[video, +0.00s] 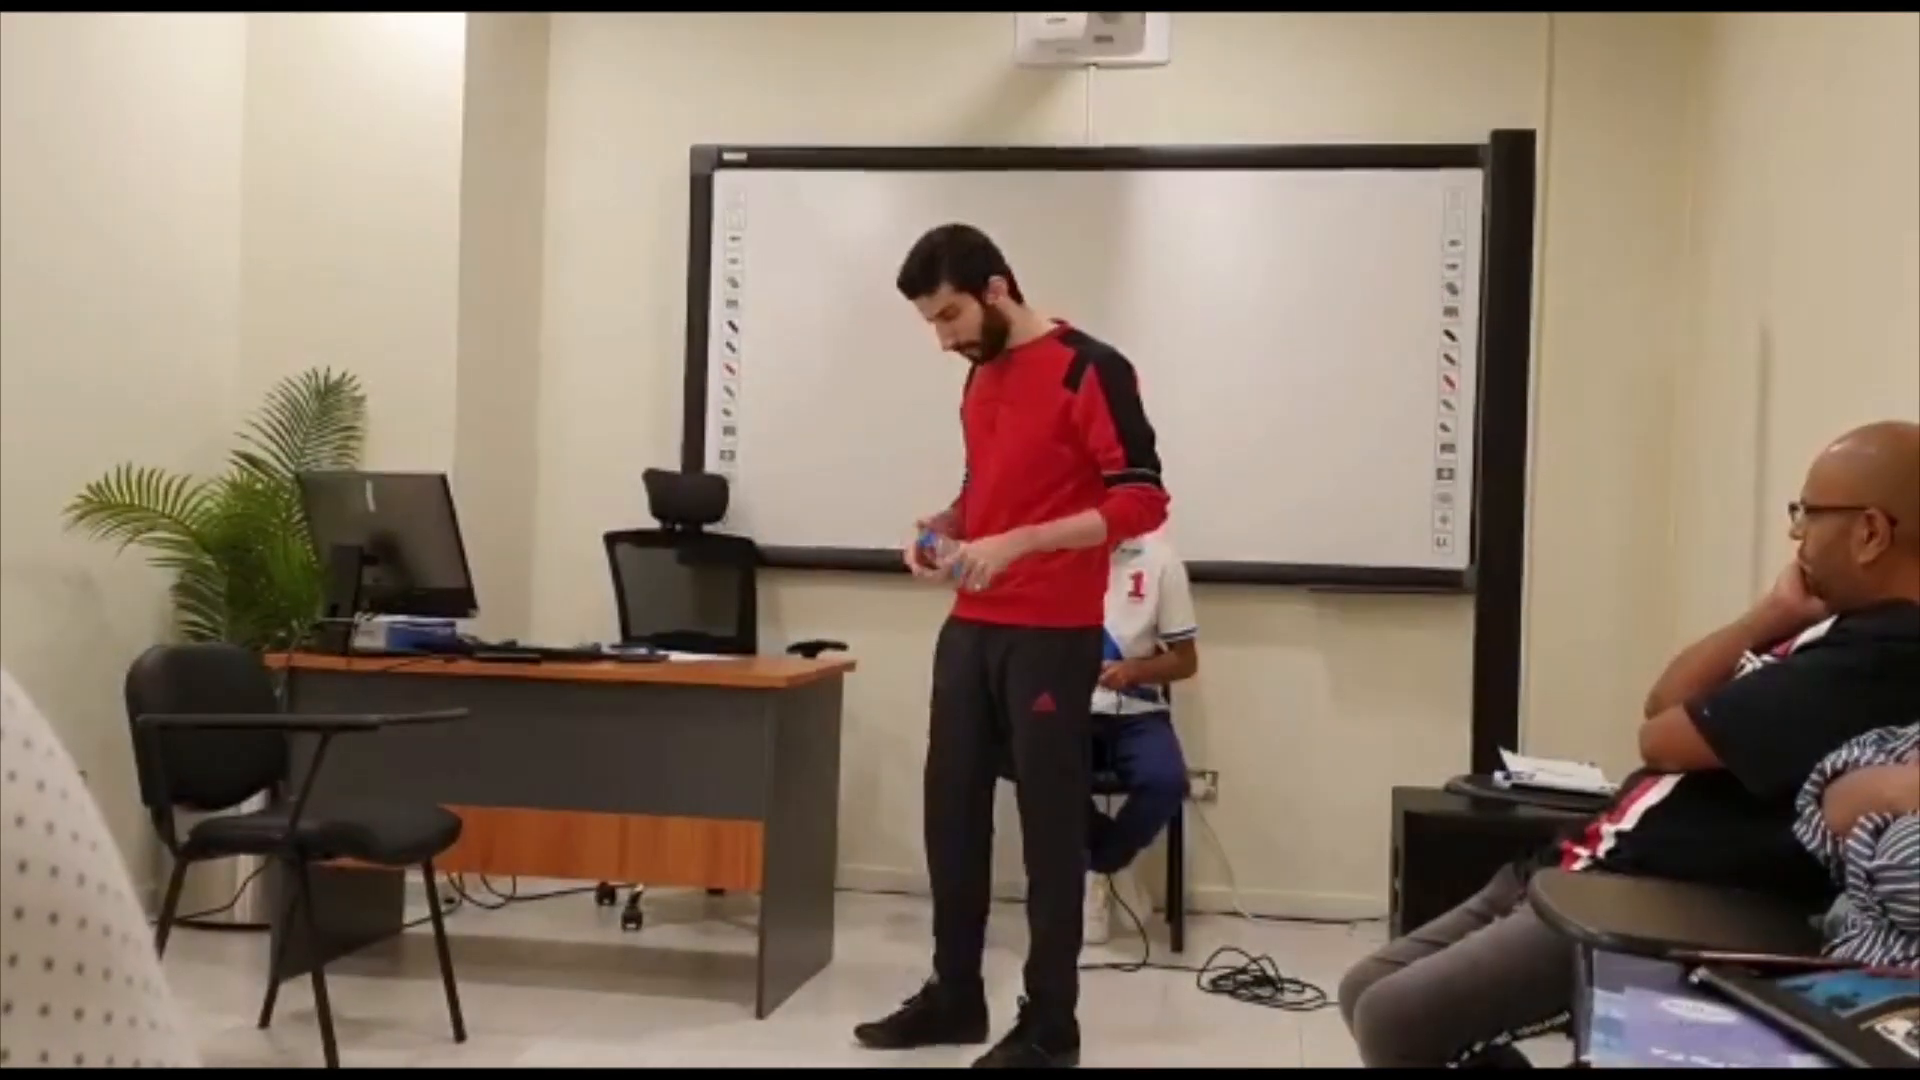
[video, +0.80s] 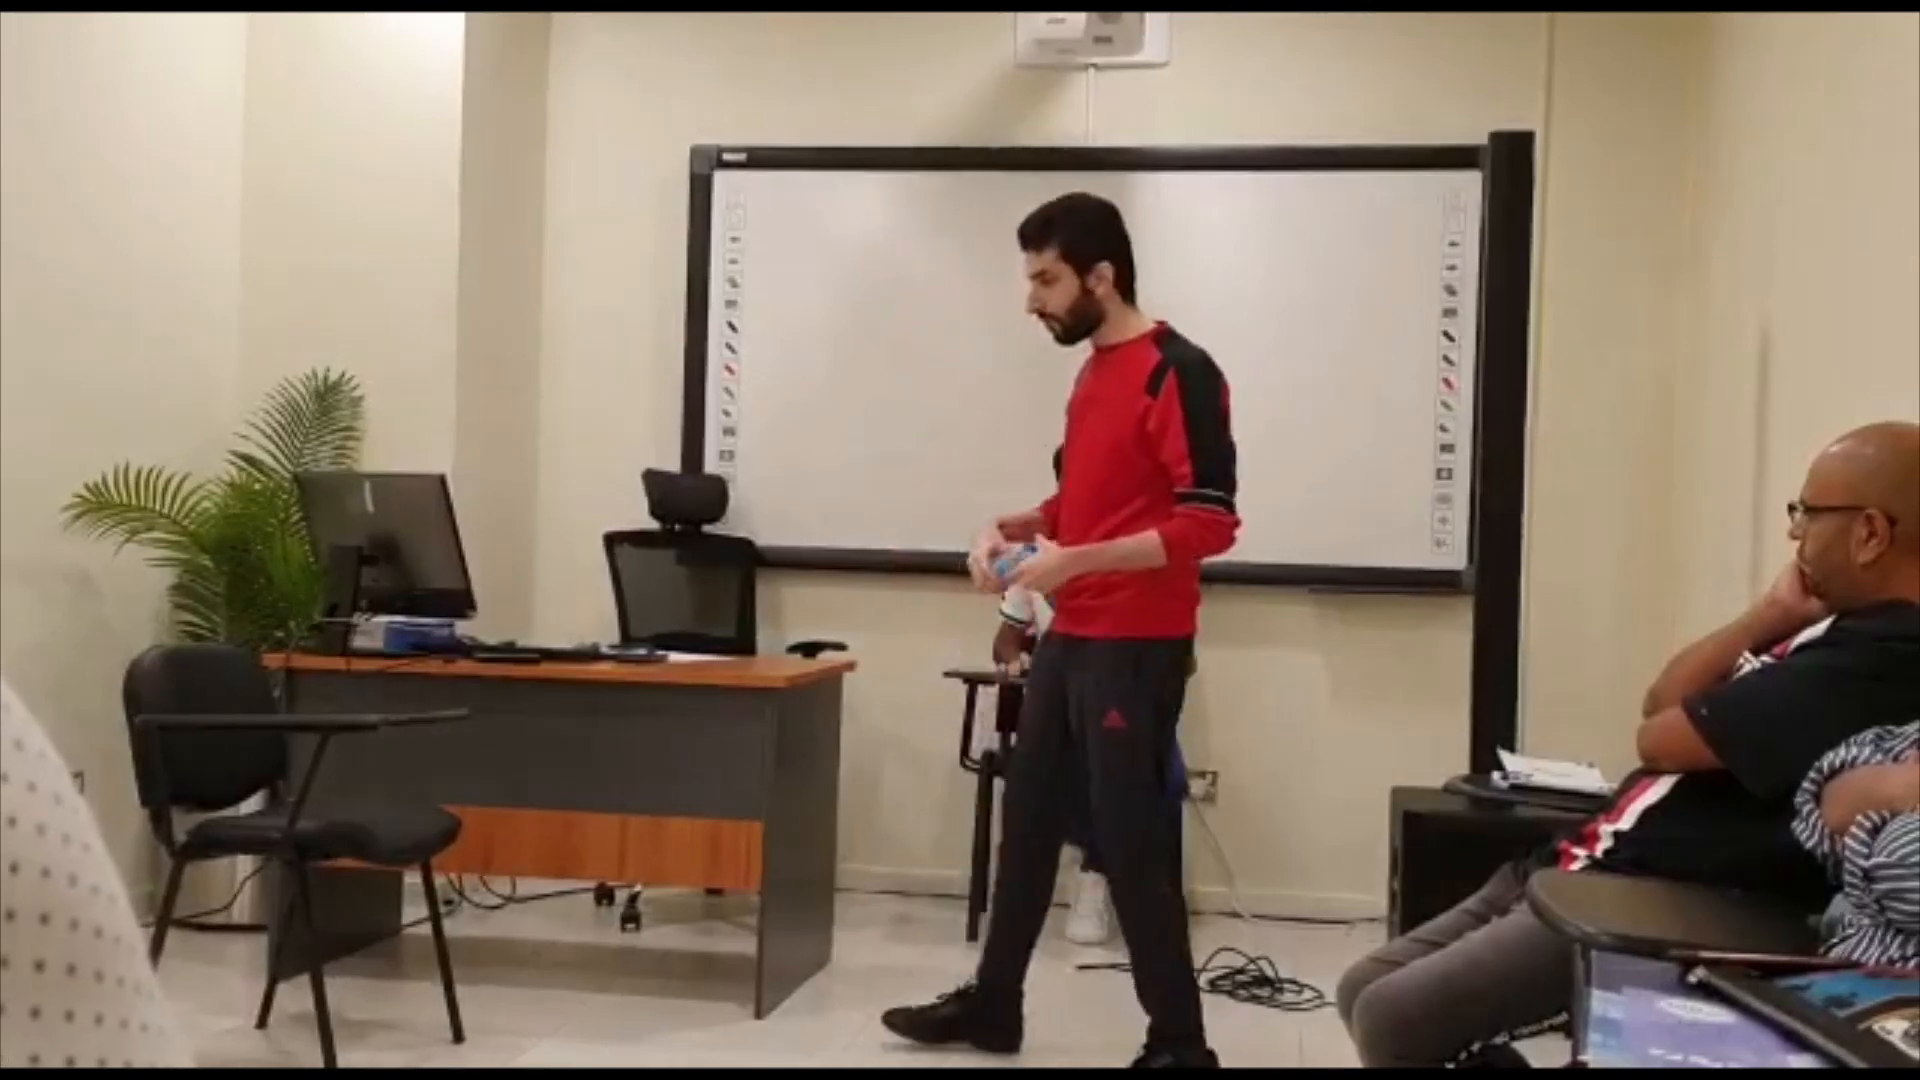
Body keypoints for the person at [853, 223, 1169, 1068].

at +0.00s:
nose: (941, 338)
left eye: (947, 318)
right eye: (932, 323)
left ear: (996, 289)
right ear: (972, 304)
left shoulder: (1091, 369)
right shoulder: (982, 381)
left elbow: (1145, 502)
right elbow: (988, 492)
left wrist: (1017, 542)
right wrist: (944, 530)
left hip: (1054, 637)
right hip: (973, 630)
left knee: (1052, 833)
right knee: (953, 814)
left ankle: (1049, 1026)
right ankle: (955, 996)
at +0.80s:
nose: (1031, 300)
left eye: (1044, 279)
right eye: (1028, 281)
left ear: (1103, 276)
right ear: (1093, 281)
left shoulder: (1179, 369)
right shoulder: (1095, 375)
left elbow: (1210, 522)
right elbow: (1089, 504)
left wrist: (1076, 560)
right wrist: (1017, 526)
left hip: (1137, 644)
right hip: (1069, 636)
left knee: (1132, 845)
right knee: (1030, 818)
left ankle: (1179, 1041)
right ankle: (994, 1000)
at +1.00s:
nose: (1082, 287)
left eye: (1094, 267)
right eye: (1080, 269)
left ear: (1152, 266)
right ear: (1143, 270)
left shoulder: (1224, 358)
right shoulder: (1156, 359)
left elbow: (1226, 521)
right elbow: (1130, 496)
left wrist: (1095, 561)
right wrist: (1046, 541)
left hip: (1184, 632)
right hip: (1131, 628)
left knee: (1166, 832)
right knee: (1100, 811)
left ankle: (1184, 1040)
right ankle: (1118, 1011)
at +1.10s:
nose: (1107, 285)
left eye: (1120, 265)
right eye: (1106, 267)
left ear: (1179, 263)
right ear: (1171, 269)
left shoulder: (1246, 358)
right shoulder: (1186, 356)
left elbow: (1229, 524)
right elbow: (1148, 498)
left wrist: (1102, 604)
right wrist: (1056, 574)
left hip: (1201, 627)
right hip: (1161, 621)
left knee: (1176, 831)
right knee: (1149, 826)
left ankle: (1197, 1037)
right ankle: (1185, 1020)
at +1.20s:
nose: (1137, 287)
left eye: (1149, 266)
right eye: (1134, 268)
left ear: (1206, 261)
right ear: (1200, 266)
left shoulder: (1268, 357)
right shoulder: (1212, 359)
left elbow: (1241, 521)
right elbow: (1180, 519)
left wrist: (1143, 647)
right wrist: (1106, 602)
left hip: (1226, 636)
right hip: (1192, 632)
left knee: (1192, 835)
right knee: (1211, 827)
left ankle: (1184, 1040)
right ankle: (1286, 1020)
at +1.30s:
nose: (1166, 285)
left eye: (1177, 264)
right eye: (1165, 265)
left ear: (1236, 260)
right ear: (1231, 263)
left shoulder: (1289, 360)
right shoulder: (1249, 356)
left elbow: (1271, 530)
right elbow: (1220, 518)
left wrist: (1204, 669)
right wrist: (1172, 641)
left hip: (1255, 645)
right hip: (1228, 642)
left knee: (1203, 842)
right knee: (1270, 836)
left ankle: (1185, 1043)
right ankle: (1379, 1014)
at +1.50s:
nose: (1236, 294)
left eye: (1249, 273)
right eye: (1234, 276)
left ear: (1308, 272)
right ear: (1303, 278)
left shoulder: (1352, 366)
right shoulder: (1322, 366)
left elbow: (1379, 541)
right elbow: (1326, 535)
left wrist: (1335, 690)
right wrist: (1267, 664)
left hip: (1300, 656)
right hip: (1319, 650)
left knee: (1215, 831)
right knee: (1365, 838)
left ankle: (1188, 1043)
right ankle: (1470, 1023)